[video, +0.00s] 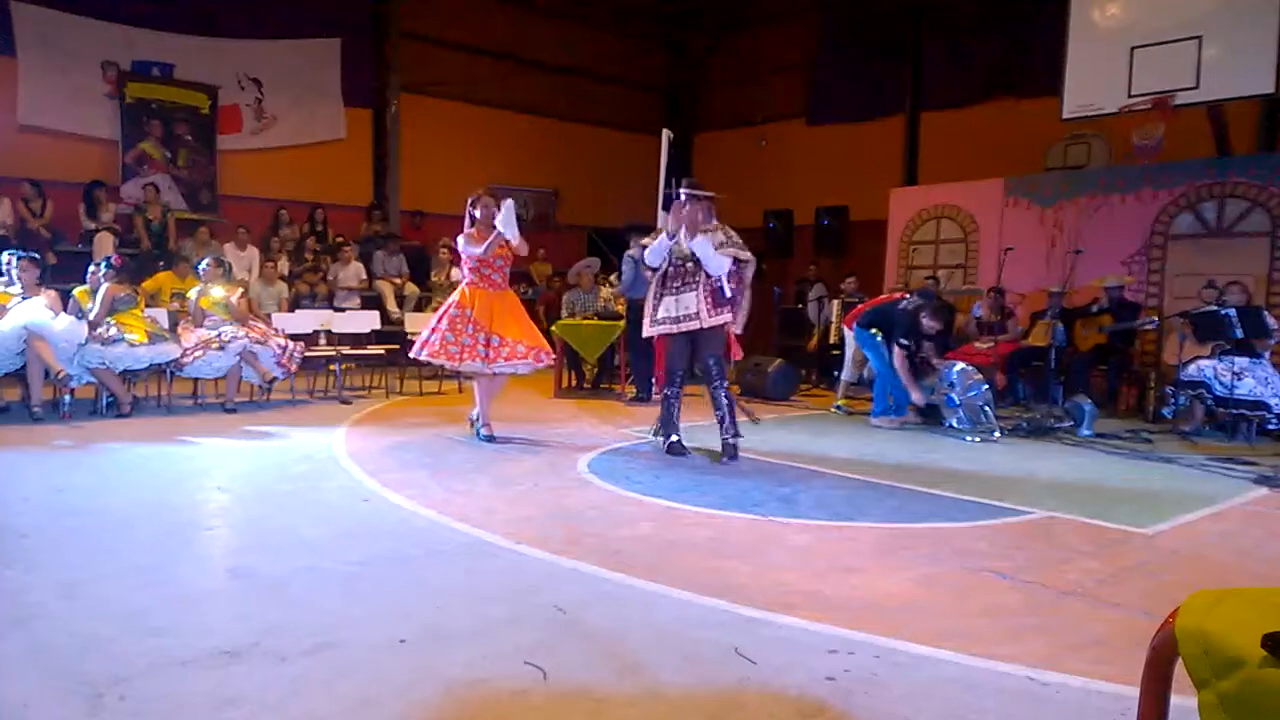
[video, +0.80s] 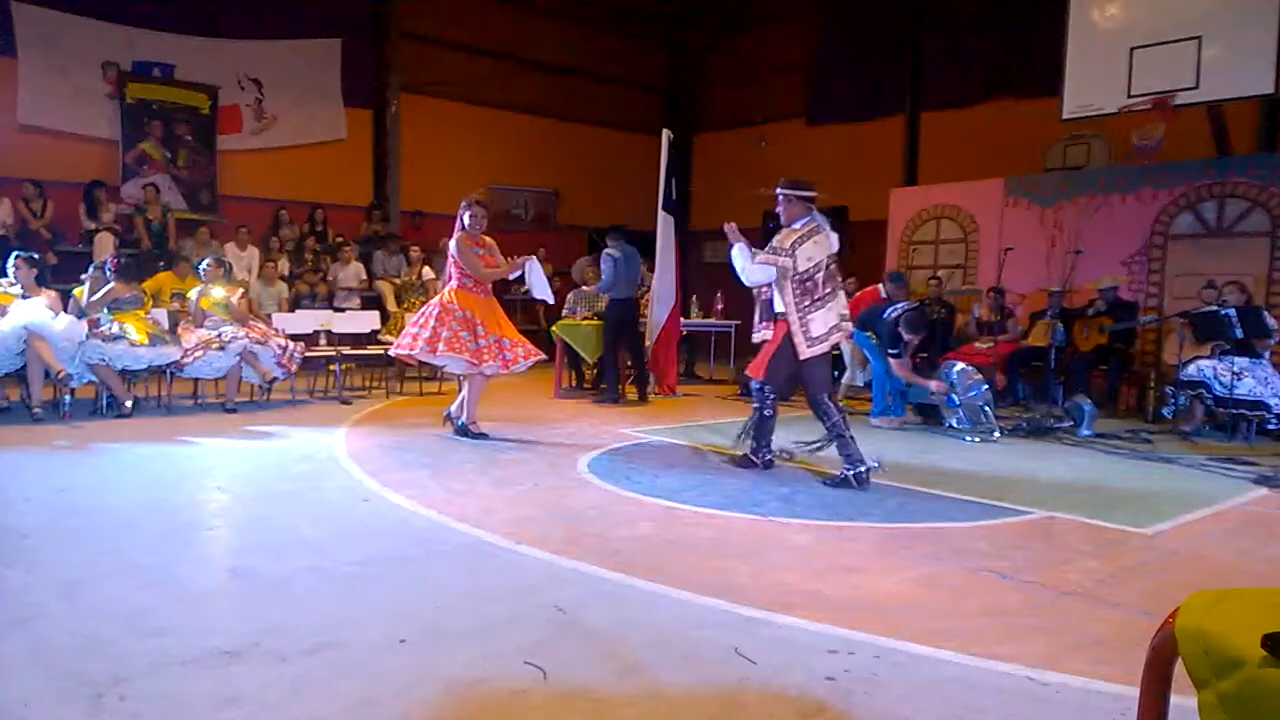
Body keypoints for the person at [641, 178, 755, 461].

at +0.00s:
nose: (682, 212)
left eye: (687, 206)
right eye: (679, 206)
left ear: (702, 208)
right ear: (675, 209)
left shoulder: (721, 235)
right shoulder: (668, 237)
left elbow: (719, 268)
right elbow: (649, 261)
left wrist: (695, 240)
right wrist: (669, 234)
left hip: (711, 315)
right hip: (674, 316)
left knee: (715, 376)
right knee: (674, 376)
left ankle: (729, 438)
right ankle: (671, 434)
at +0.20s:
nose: (702, 202)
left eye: (708, 196)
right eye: (701, 196)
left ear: (726, 199)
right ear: (703, 199)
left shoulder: (737, 234)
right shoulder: (700, 228)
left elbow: (707, 262)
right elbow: (670, 264)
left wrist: (674, 234)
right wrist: (666, 234)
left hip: (727, 311)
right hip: (699, 310)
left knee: (725, 374)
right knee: (696, 376)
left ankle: (753, 442)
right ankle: (690, 431)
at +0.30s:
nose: (715, 205)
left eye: (721, 199)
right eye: (714, 199)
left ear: (738, 203)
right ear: (720, 203)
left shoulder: (741, 236)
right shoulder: (721, 230)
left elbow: (705, 267)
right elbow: (699, 259)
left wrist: (674, 237)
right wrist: (680, 233)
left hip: (739, 311)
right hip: (725, 310)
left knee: (726, 376)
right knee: (724, 374)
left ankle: (754, 444)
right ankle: (733, 433)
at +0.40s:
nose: (726, 208)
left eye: (733, 202)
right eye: (727, 202)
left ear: (751, 206)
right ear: (732, 206)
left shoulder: (757, 237)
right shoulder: (731, 235)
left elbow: (711, 273)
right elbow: (709, 262)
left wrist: (684, 244)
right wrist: (697, 231)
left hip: (747, 317)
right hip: (732, 316)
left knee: (724, 382)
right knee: (748, 379)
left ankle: (754, 445)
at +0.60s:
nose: (752, 212)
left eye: (758, 206)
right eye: (753, 206)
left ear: (776, 210)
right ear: (766, 208)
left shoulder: (781, 241)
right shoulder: (764, 235)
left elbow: (728, 279)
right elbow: (742, 265)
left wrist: (706, 247)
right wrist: (717, 243)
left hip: (767, 324)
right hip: (769, 323)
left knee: (733, 385)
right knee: (786, 389)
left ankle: (757, 449)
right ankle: (845, 440)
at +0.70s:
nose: (765, 210)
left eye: (771, 205)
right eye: (766, 204)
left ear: (789, 209)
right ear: (783, 210)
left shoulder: (795, 243)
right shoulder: (784, 234)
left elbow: (741, 278)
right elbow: (761, 264)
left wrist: (716, 250)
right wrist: (736, 245)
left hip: (783, 329)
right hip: (785, 327)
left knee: (744, 382)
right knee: (794, 393)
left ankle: (759, 452)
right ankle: (846, 457)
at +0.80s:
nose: (778, 208)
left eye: (782, 202)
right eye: (779, 202)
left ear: (798, 206)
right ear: (807, 205)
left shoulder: (788, 241)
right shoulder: (820, 230)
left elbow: (753, 275)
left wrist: (738, 244)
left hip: (794, 327)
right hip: (821, 326)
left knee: (765, 385)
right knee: (819, 396)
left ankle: (760, 453)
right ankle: (855, 465)